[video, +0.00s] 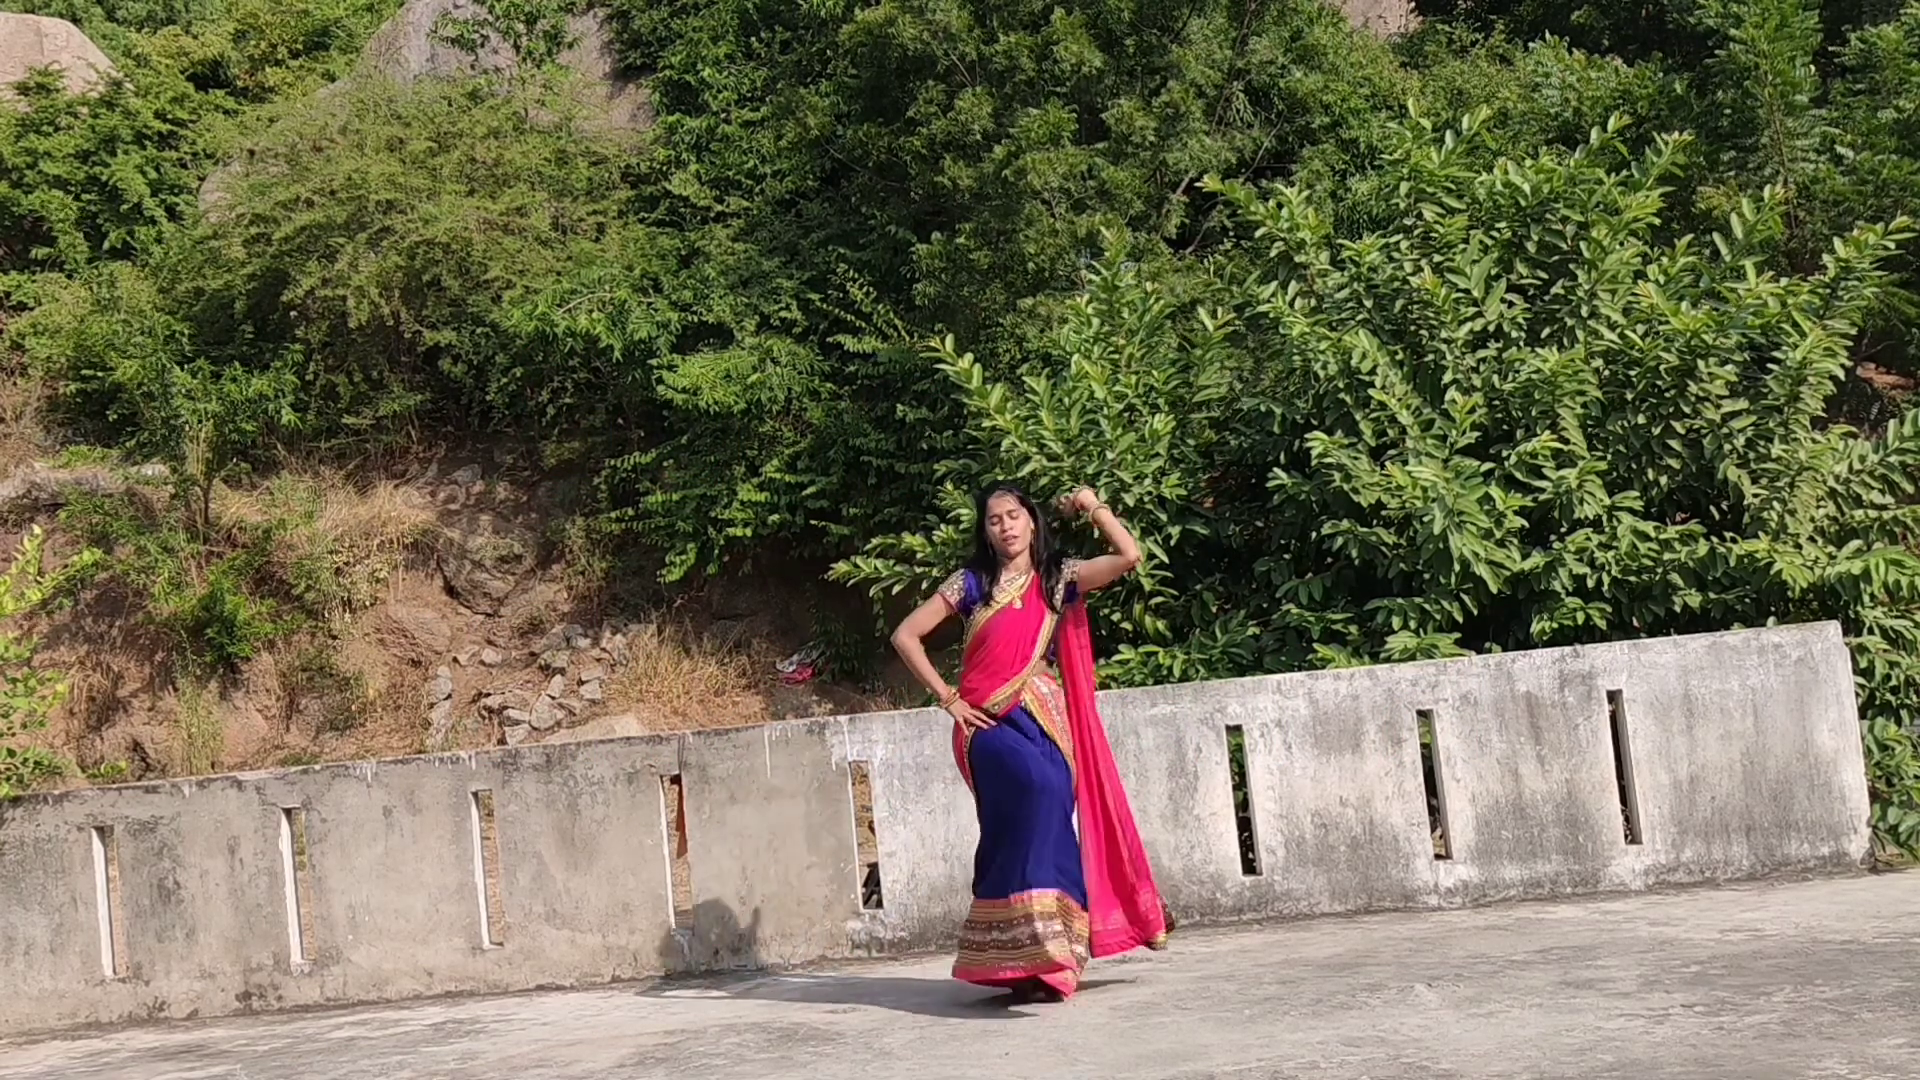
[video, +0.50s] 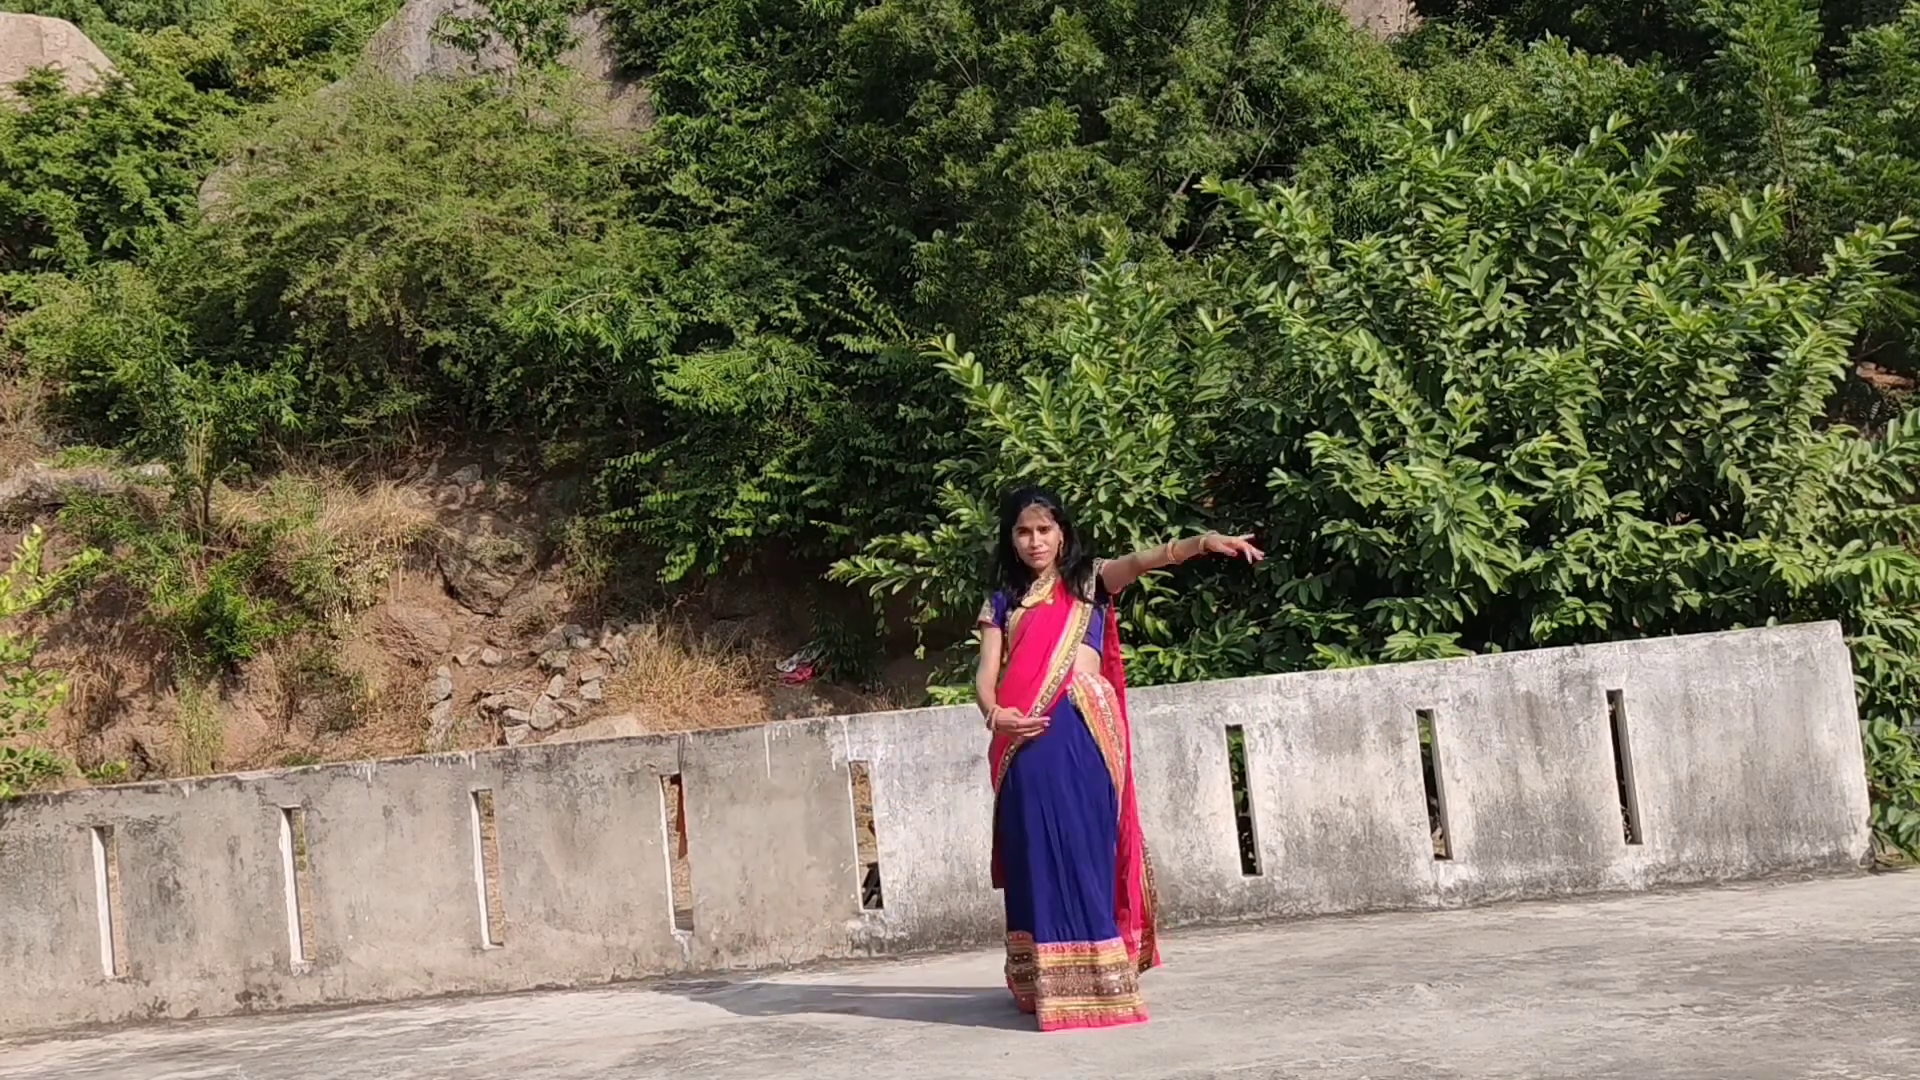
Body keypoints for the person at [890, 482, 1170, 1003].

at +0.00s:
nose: (1005, 526)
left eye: (1012, 515)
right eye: (995, 520)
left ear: (1033, 521)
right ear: (985, 532)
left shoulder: (1057, 578)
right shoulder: (971, 583)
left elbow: (1128, 555)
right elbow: (905, 636)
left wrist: (1096, 506)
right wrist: (945, 696)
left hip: (1038, 712)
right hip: (982, 717)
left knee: (1036, 816)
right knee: (1046, 785)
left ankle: (1028, 960)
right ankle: (1040, 946)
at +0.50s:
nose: (1035, 540)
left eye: (1044, 529)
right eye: (1024, 531)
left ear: (1062, 534)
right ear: (1011, 540)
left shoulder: (1090, 579)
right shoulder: (1001, 604)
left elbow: (1145, 559)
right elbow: (986, 674)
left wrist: (1206, 542)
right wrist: (994, 714)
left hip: (1084, 734)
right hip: (1025, 740)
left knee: (1086, 855)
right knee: (1037, 860)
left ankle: (1100, 983)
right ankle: (1051, 988)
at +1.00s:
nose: (1072, 500)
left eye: (1082, 491)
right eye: (1061, 492)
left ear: (1099, 506)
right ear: (1044, 507)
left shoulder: (1103, 576)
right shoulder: (1034, 568)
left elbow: (1122, 662)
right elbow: (1029, 661)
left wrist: (1158, 745)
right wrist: (1055, 742)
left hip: (1134, 732)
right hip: (1083, 738)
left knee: (1141, 865)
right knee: (1091, 870)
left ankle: (1141, 1006)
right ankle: (1101, 1012)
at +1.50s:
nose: (1084, 483)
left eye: (1096, 475)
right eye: (1073, 477)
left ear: (1120, 493)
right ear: (1061, 497)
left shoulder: (1143, 560)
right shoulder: (1044, 567)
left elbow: (1185, 635)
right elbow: (994, 635)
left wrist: (1232, 697)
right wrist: (1016, 690)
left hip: (1143, 746)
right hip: (1071, 751)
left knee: (1161, 881)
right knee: (1088, 888)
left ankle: (1169, 1031)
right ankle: (1109, 1037)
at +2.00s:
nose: (1102, 504)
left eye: (1116, 493)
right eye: (1100, 493)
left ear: (1153, 497)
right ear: (1104, 502)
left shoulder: (1192, 538)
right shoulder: (1118, 579)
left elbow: (1192, 599)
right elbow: (1035, 636)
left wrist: (1157, 645)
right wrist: (970, 590)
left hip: (1186, 732)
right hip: (1127, 736)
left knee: (1203, 878)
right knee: (1125, 881)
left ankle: (1262, 1039)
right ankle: (1143, 1047)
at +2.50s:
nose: (1149, 511)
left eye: (1157, 498)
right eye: (1145, 502)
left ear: (1199, 492)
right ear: (1152, 505)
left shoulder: (1231, 526)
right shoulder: (1167, 570)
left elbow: (1181, 543)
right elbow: (1121, 647)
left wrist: (1095, 544)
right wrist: (1066, 589)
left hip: (1235, 717)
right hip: (1173, 723)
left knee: (1246, 871)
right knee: (1162, 875)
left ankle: (1274, 1040)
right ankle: (1178, 1043)